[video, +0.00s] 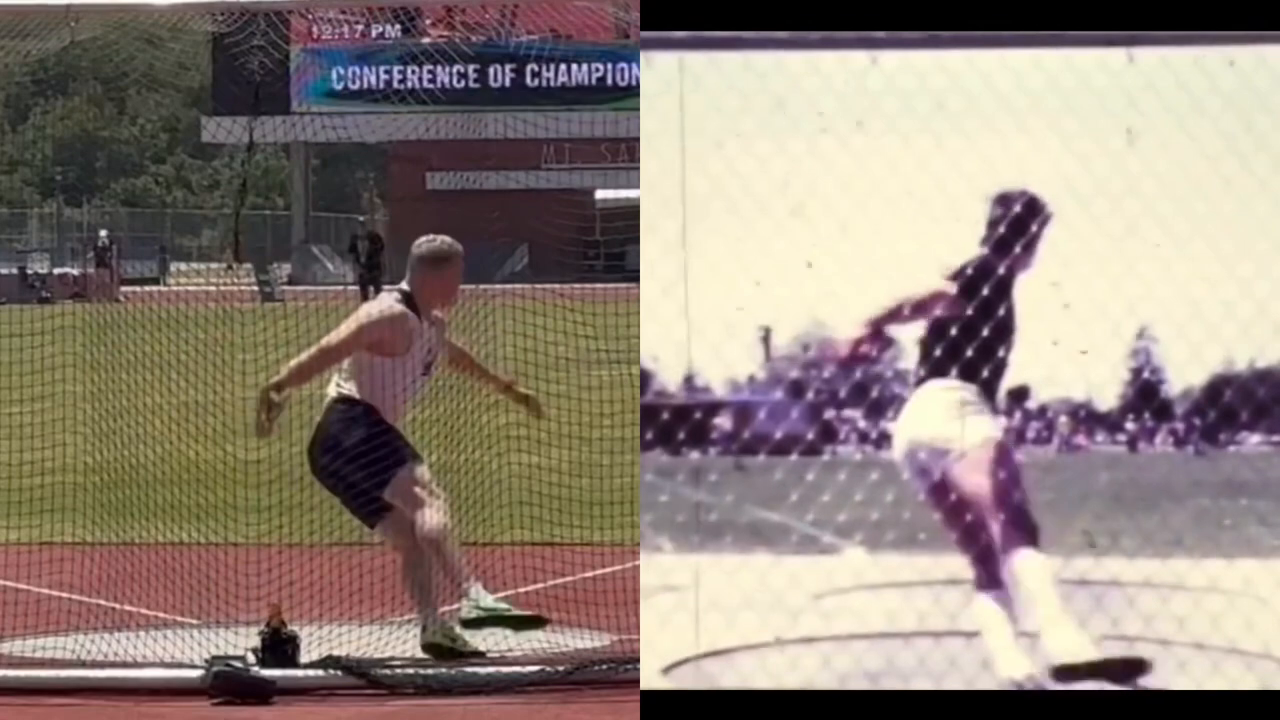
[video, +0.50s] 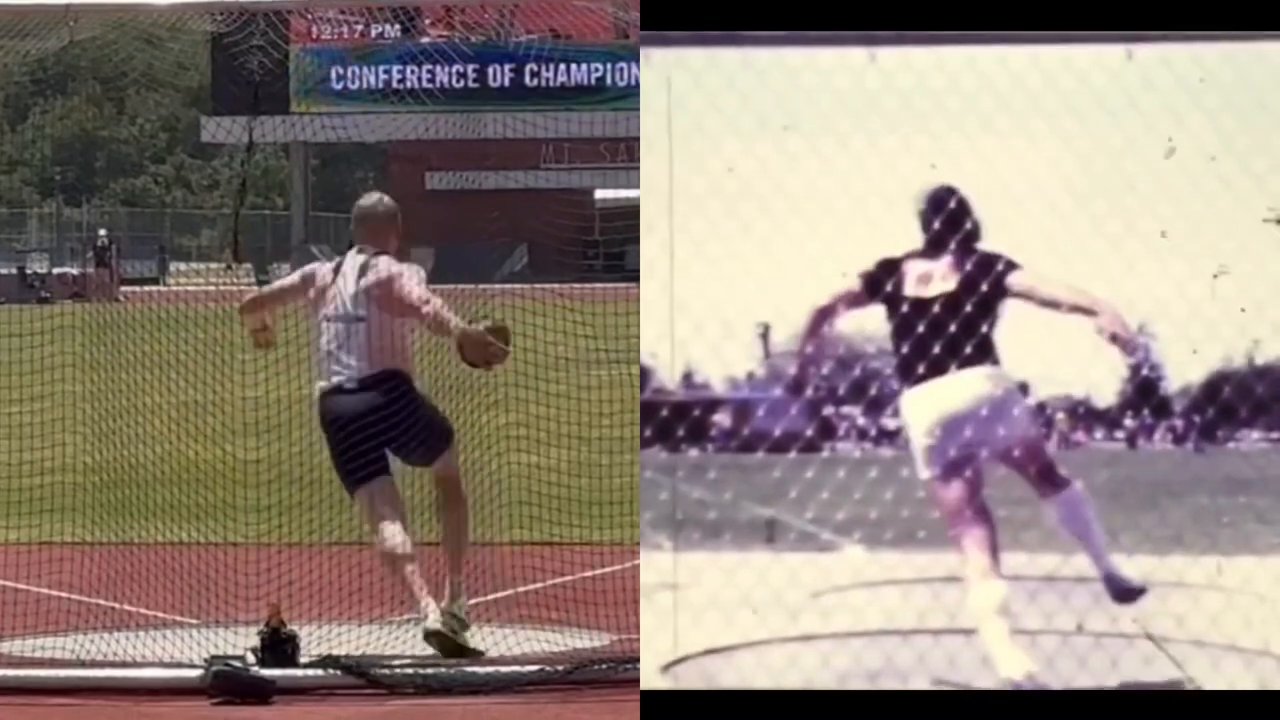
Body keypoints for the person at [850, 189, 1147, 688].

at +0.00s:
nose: (1038, 251)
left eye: (1040, 239)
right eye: (1037, 239)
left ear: (995, 231)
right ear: (1022, 239)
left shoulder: (977, 281)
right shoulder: (989, 273)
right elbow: (928, 304)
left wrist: (872, 339)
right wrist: (871, 329)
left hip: (911, 420)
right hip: (953, 406)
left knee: (981, 558)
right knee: (1014, 531)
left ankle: (1013, 668)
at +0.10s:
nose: (1034, 251)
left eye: (1036, 239)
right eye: (1032, 239)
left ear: (993, 228)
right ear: (1018, 235)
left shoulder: (982, 282)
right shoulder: (988, 272)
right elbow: (938, 302)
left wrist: (896, 346)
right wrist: (894, 340)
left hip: (909, 422)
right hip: (948, 402)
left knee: (981, 549)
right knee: (1032, 514)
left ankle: (1012, 668)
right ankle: (1108, 641)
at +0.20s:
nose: (1025, 253)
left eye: (1027, 241)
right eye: (1025, 241)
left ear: (978, 230)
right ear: (1013, 240)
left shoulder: (935, 280)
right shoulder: (1003, 277)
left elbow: (879, 315)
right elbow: (976, 299)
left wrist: (845, 350)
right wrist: (960, 335)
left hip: (902, 415)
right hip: (954, 399)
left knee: (978, 549)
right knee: (1065, 505)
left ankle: (1011, 670)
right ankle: (1154, 630)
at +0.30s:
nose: (1010, 256)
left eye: (1008, 248)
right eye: (1009, 247)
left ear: (963, 237)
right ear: (1000, 243)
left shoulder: (918, 284)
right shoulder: (999, 277)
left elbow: (847, 321)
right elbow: (1020, 310)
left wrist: (806, 371)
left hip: (905, 420)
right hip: (965, 401)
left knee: (976, 550)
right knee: (1078, 497)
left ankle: (1012, 670)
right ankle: (1156, 607)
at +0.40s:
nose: (984, 250)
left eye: (979, 245)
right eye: (984, 243)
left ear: (936, 237)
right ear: (980, 239)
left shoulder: (897, 281)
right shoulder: (986, 273)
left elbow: (827, 319)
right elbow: (1029, 296)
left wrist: (801, 370)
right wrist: (1081, 317)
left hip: (915, 416)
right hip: (976, 397)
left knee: (970, 539)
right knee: (1060, 482)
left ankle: (1007, 667)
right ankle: (1128, 585)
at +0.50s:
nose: (969, 235)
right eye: (969, 227)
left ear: (924, 230)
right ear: (968, 228)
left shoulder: (892, 273)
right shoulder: (984, 267)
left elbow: (824, 310)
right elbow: (1042, 293)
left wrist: (801, 363)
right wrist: (1102, 311)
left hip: (923, 407)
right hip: (981, 386)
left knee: (972, 535)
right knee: (1049, 479)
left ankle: (1007, 658)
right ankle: (1111, 572)